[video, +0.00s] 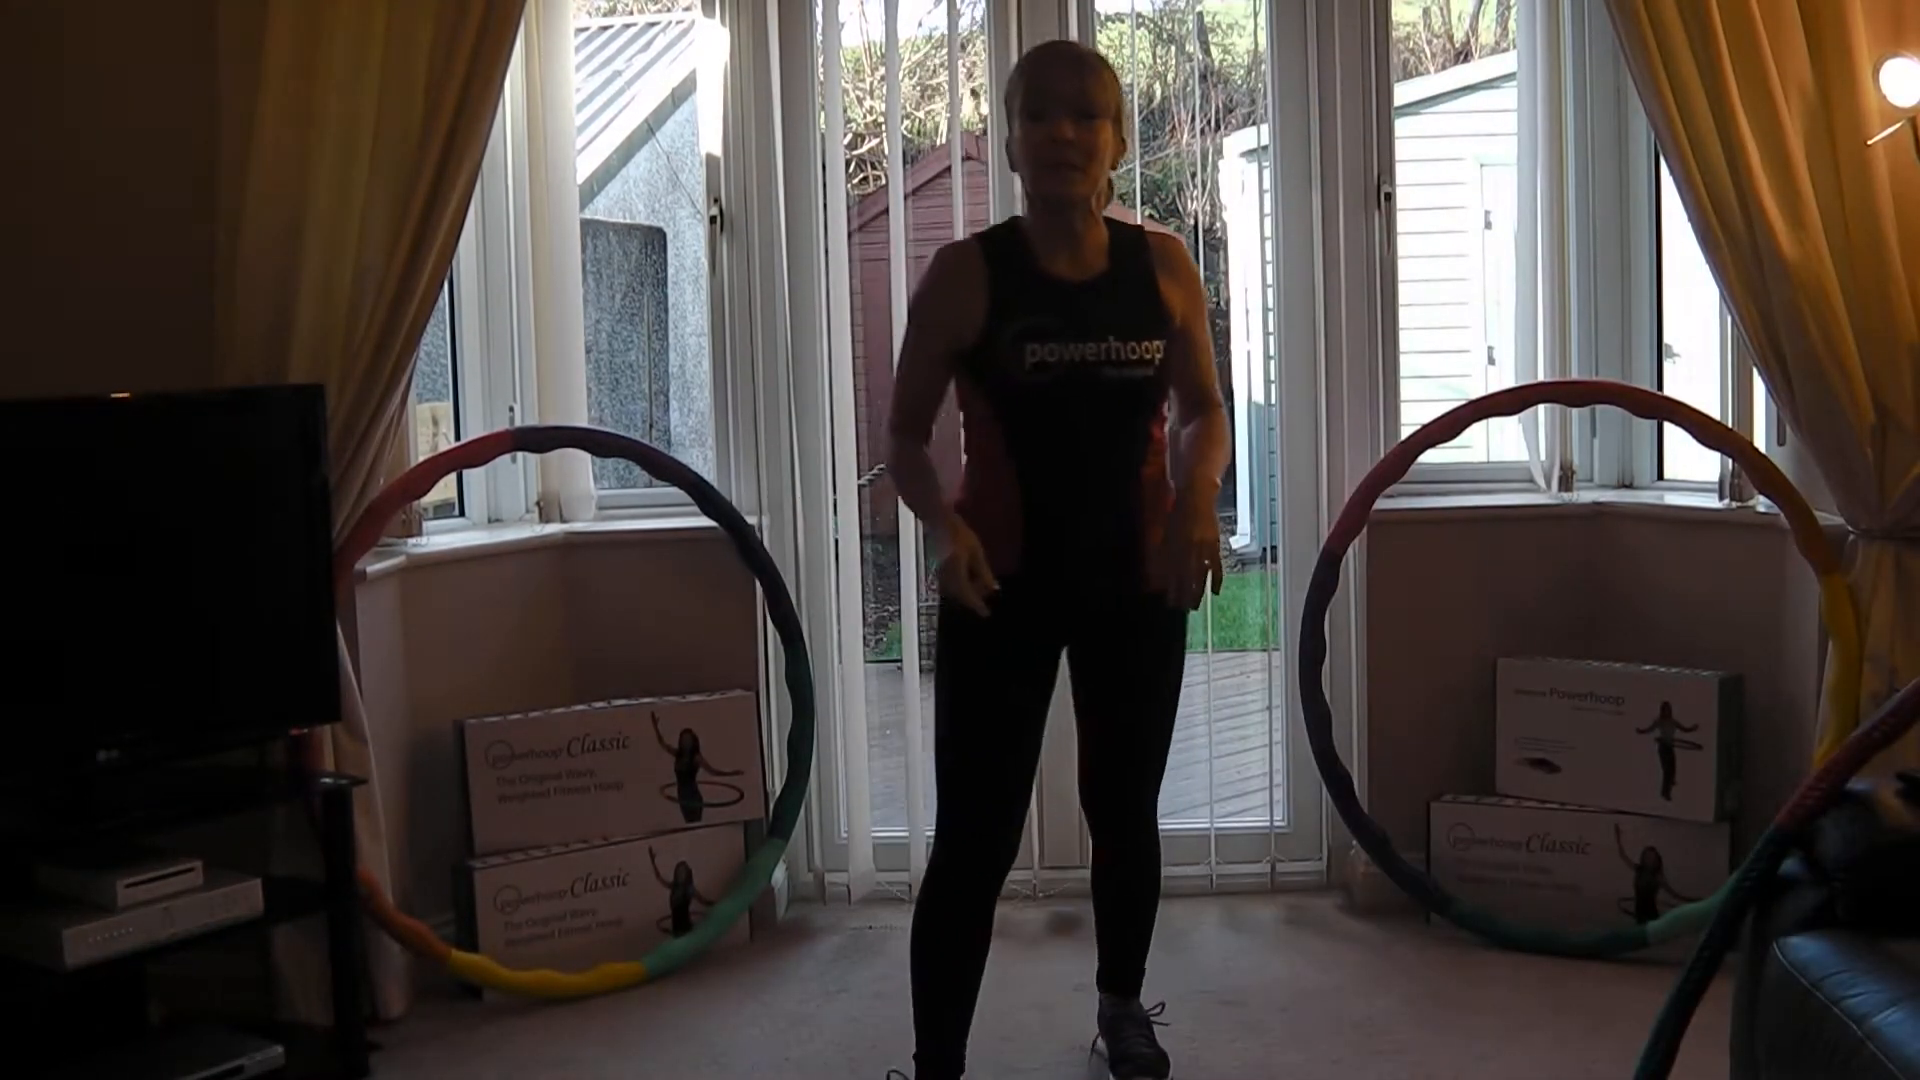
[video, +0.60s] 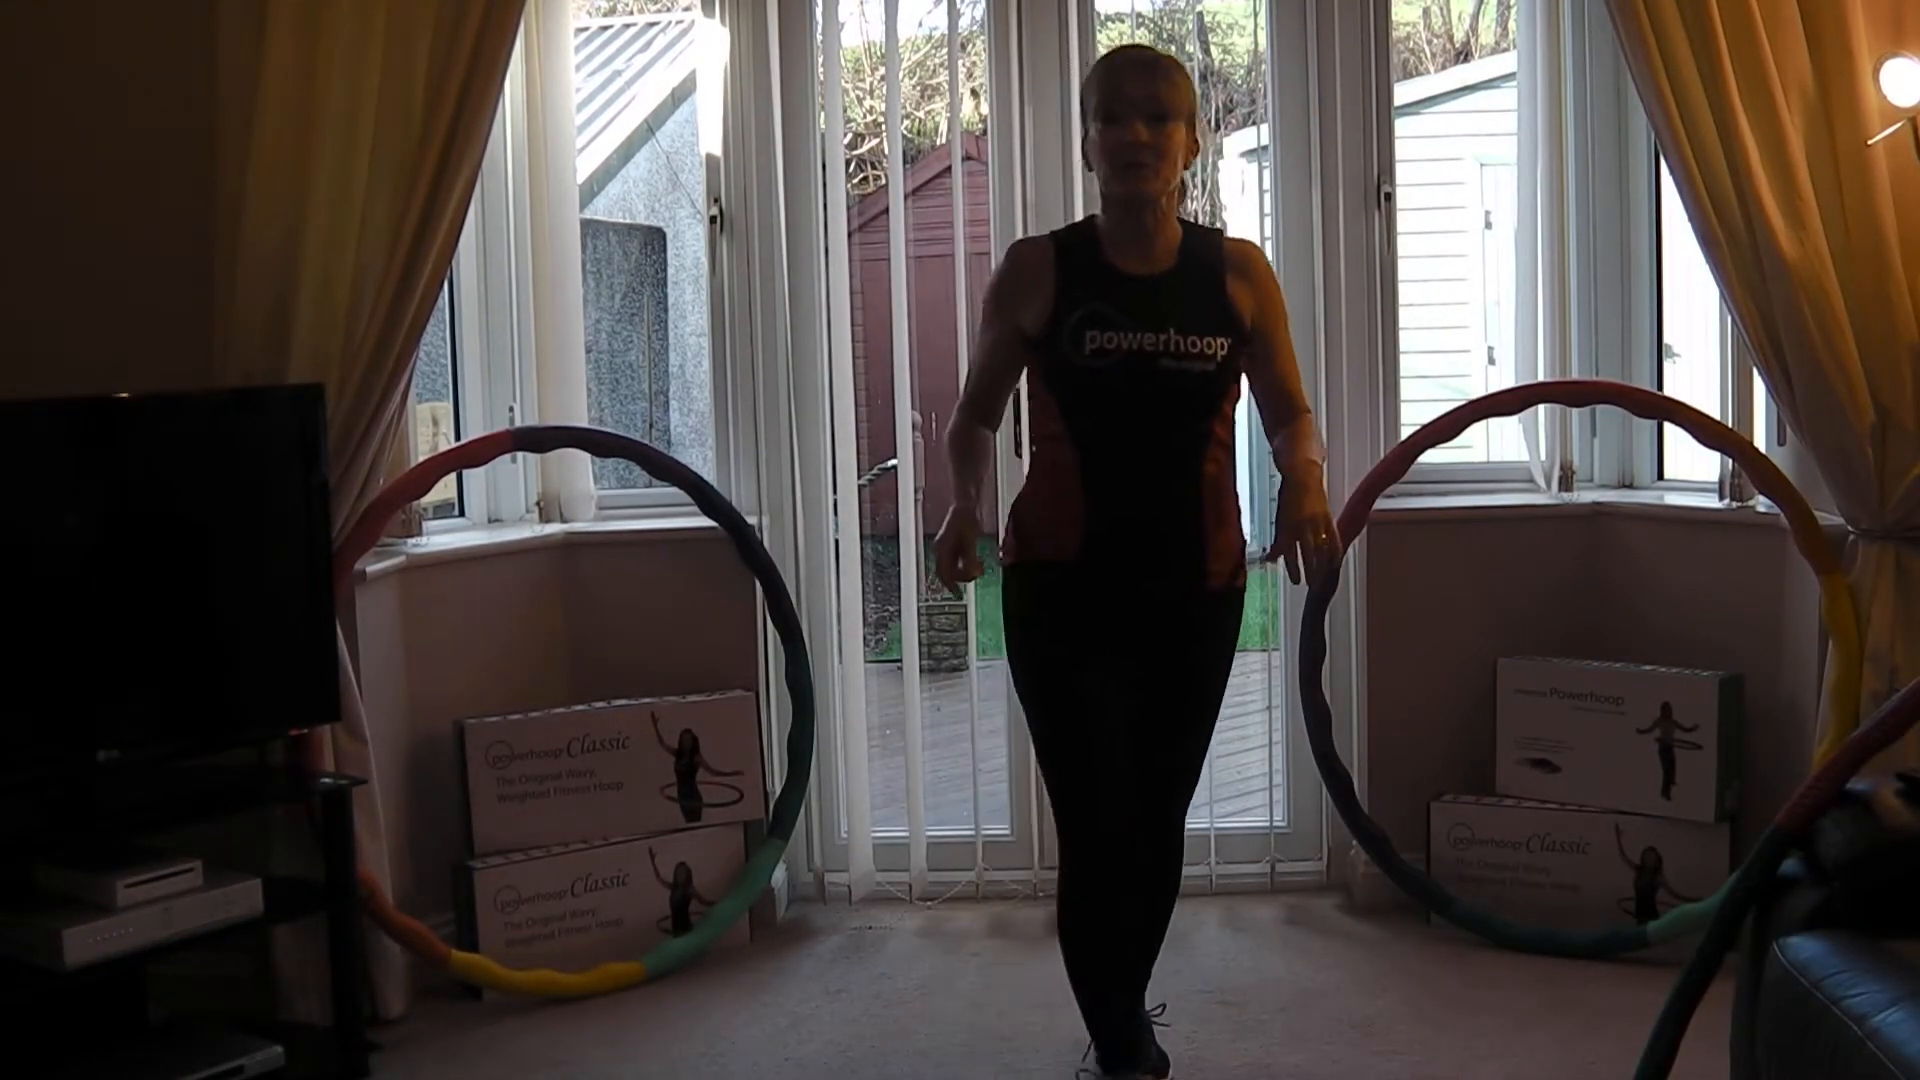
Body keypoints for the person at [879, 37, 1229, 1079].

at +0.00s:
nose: (1064, 137)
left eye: (1087, 115)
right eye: (1042, 116)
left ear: (1119, 135)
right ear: (1012, 134)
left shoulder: (1162, 262)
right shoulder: (964, 275)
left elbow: (1203, 408)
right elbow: (904, 434)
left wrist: (1196, 511)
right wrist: (944, 525)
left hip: (1135, 587)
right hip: (1001, 590)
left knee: (1127, 815)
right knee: (973, 839)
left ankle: (1124, 1010)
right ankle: (936, 1064)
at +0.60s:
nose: (1136, 137)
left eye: (1159, 118)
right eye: (1115, 118)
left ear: (1192, 137)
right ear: (1089, 135)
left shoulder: (1239, 271)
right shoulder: (1036, 269)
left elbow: (1287, 411)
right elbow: (976, 413)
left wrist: (1306, 485)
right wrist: (965, 506)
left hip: (1196, 583)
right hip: (1062, 581)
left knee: (1158, 815)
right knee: (1096, 815)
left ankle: (1123, 1009)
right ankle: (1117, 1041)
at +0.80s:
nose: (1188, 142)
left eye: (1202, 124)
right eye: (1161, 121)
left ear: (1217, 141)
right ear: (1103, 138)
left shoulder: (1252, 272)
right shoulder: (1044, 279)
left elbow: (1294, 421)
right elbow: (989, 437)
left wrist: (1334, 502)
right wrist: (1003, 530)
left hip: (1217, 601)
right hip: (1084, 602)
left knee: (1180, 847)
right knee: (1116, 847)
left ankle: (1127, 1013)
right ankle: (1133, 1061)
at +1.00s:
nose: (1213, 121)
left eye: (1225, 102)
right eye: (1185, 98)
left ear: (1233, 119)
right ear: (1116, 113)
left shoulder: (1264, 252)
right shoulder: (1060, 265)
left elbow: (1315, 409)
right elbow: (994, 441)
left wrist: (1391, 475)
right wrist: (1054, 523)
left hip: (1247, 596)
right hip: (1106, 602)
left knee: (1284, 860)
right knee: (1128, 878)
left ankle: (1192, 977)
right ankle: (1134, 1075)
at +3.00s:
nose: (1059, 117)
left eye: (1078, 94)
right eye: (1031, 97)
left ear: (1104, 110)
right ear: (989, 118)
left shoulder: (1172, 243)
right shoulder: (951, 275)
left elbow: (1260, 391)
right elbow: (905, 459)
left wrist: (1229, 408)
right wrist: (939, 471)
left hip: (1178, 582)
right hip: (1035, 595)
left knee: (1233, 848)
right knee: (1042, 874)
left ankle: (1164, 1052)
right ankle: (1050, 1076)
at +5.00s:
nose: (969, 120)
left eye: (992, 100)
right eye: (948, 98)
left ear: (1024, 116)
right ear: (914, 110)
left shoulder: (1082, 250)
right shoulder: (858, 257)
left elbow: (1139, 401)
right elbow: (816, 405)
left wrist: (1122, 449)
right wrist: (835, 459)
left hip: (1054, 587)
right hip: (909, 592)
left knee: (1075, 828)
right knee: (933, 861)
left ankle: (1099, 1021)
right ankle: (961, 1075)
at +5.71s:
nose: (982, 109)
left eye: (1011, 95)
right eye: (967, 86)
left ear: (1044, 124)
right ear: (938, 99)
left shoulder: (1084, 247)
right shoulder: (872, 254)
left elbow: (1157, 406)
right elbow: (818, 423)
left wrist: (1100, 447)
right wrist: (889, 455)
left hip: (1069, 577)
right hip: (924, 583)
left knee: (1086, 819)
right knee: (944, 852)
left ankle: (1105, 1017)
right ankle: (963, 1074)